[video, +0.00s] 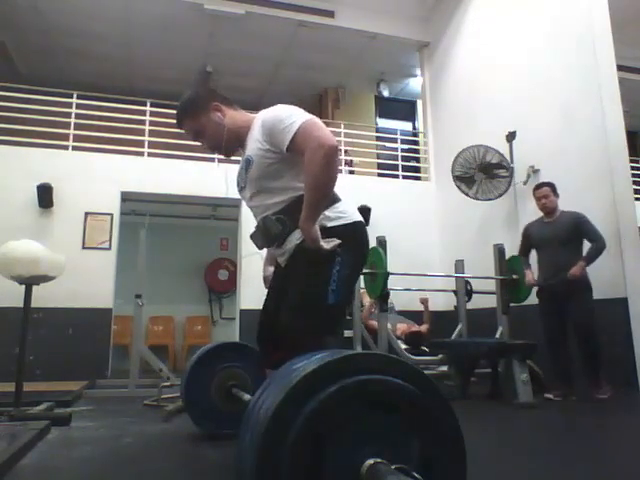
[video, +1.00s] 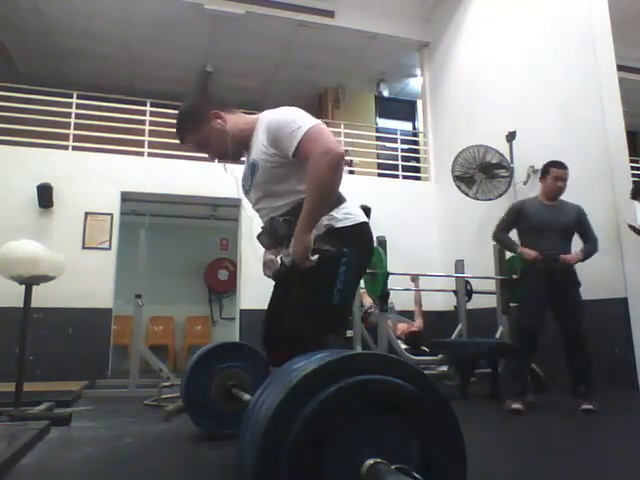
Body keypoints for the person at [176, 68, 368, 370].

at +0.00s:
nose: (203, 146)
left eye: (200, 134)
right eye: (196, 140)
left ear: (219, 112)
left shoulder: (271, 119)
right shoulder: (247, 168)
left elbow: (324, 147)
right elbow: (277, 213)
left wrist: (308, 222)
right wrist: (271, 256)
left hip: (329, 236)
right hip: (296, 251)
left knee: (303, 338)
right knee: (271, 338)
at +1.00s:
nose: (211, 156)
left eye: (205, 146)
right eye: (203, 152)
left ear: (219, 120)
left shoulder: (277, 120)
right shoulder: (250, 172)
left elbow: (329, 154)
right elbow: (278, 216)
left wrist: (303, 232)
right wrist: (272, 250)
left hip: (338, 238)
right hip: (302, 251)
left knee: (305, 334)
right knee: (276, 334)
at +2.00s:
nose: (199, 163)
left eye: (194, 153)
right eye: (191, 159)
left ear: (207, 127)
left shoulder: (265, 126)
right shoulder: (240, 174)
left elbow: (318, 162)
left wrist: (281, 227)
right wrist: (266, 238)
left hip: (330, 244)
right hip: (297, 257)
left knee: (298, 340)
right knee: (264, 342)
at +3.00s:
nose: (204, 157)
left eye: (201, 148)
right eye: (197, 154)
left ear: (215, 125)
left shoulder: (278, 134)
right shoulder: (241, 177)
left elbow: (227, 158)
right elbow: (204, 207)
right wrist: (150, 233)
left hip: (331, 250)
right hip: (294, 264)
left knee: (294, 342)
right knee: (257, 338)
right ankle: (283, 426)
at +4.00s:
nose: (201, 156)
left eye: (201, 146)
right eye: (195, 149)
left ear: (218, 129)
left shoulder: (273, 145)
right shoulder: (238, 182)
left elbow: (191, 147)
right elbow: (177, 184)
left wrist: (108, 144)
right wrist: (118, 176)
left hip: (340, 259)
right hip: (304, 272)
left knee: (294, 348)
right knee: (256, 342)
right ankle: (282, 425)